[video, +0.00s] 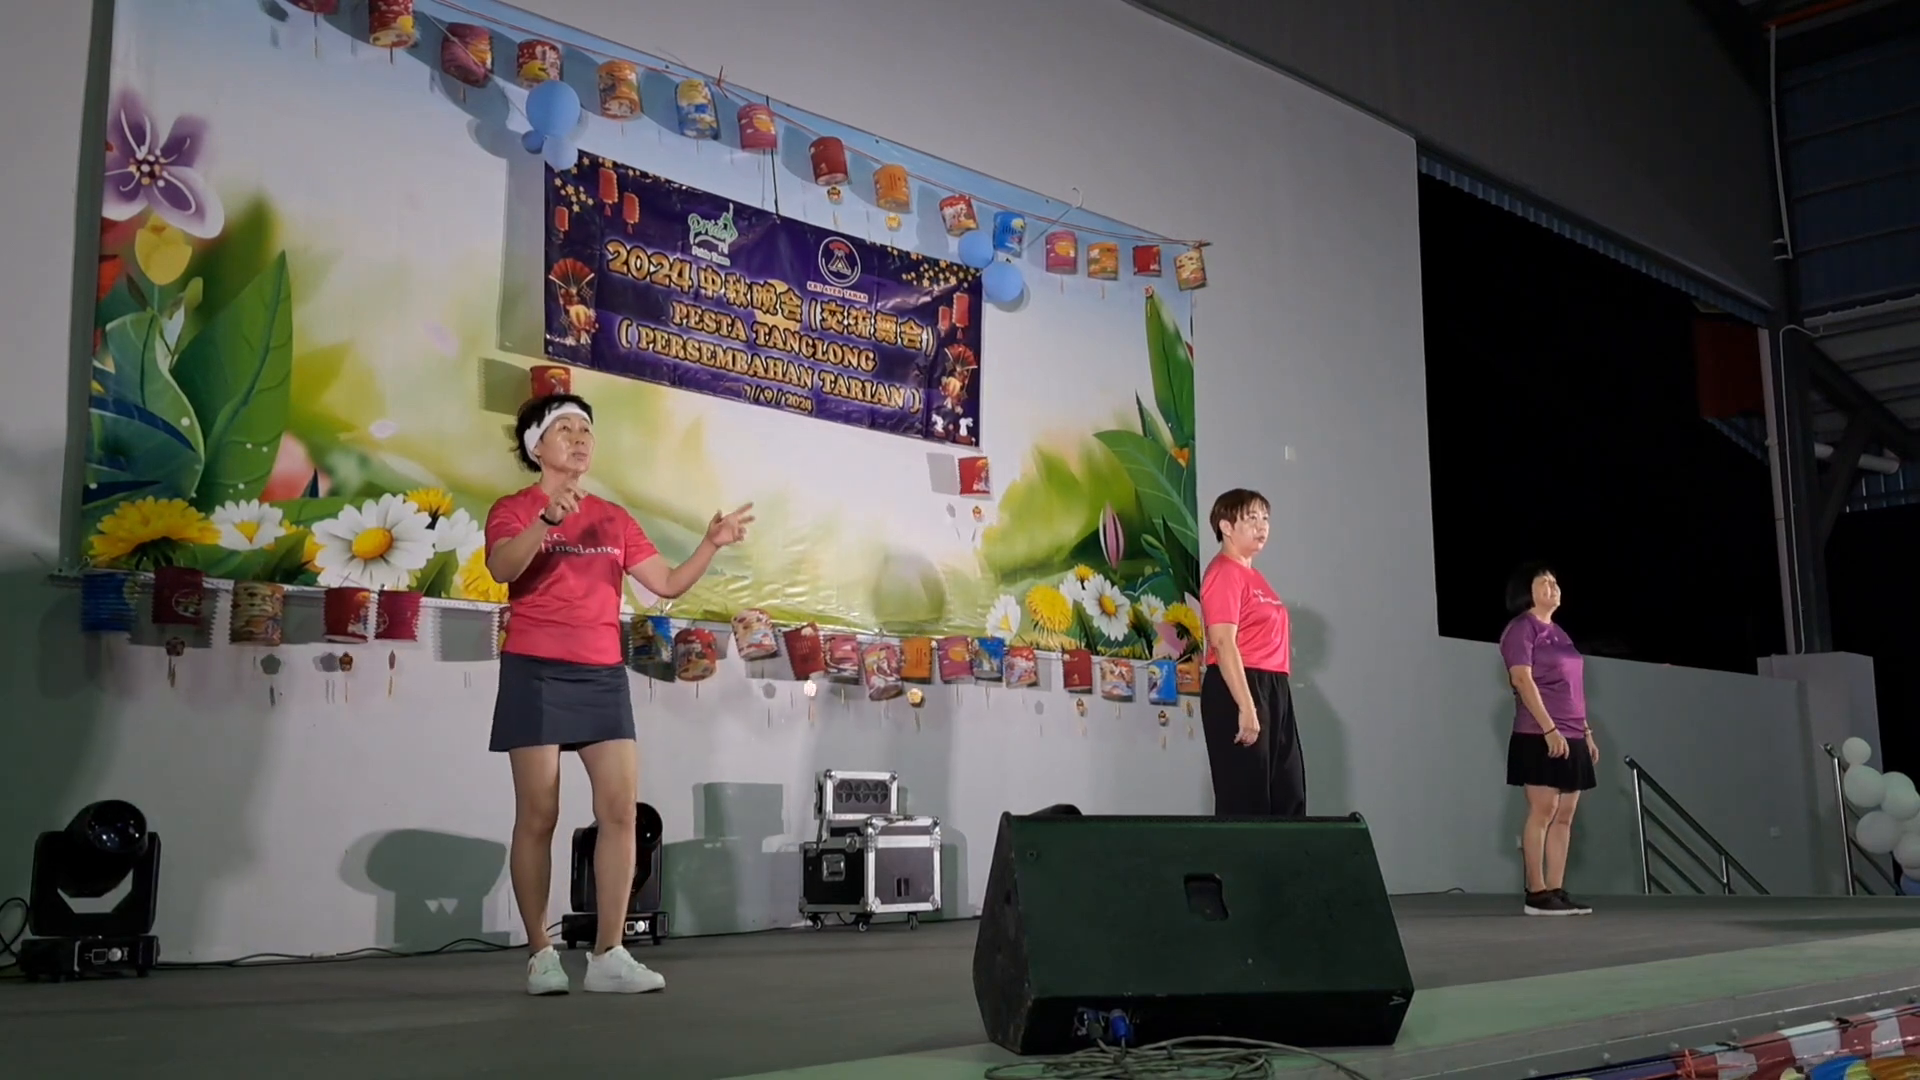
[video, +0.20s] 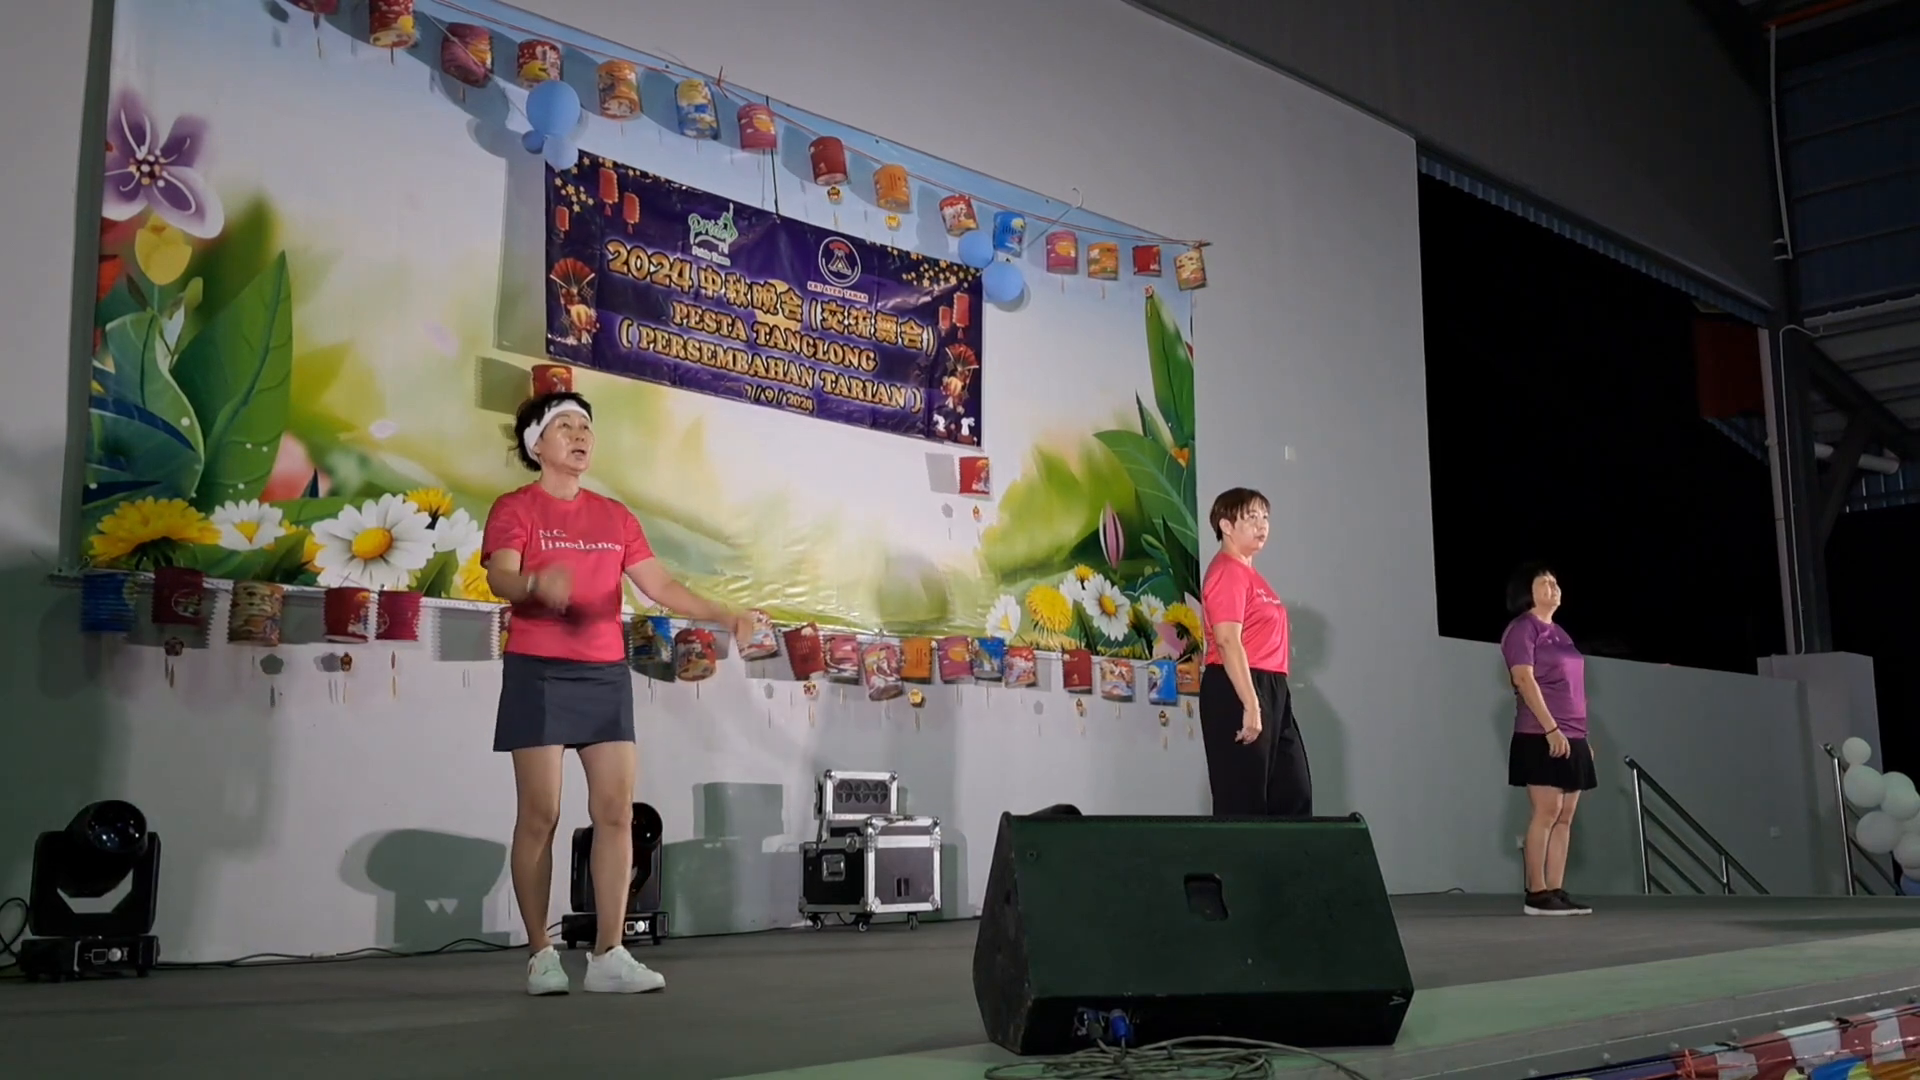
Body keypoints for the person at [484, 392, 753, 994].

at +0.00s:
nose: (579, 440)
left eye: (585, 432)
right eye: (565, 431)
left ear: (593, 448)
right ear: (535, 446)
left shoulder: (611, 518)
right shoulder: (515, 510)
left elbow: (666, 585)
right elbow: (501, 569)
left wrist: (710, 544)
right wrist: (545, 522)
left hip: (603, 675)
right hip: (534, 672)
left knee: (620, 808)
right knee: (539, 813)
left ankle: (609, 953)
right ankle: (541, 951)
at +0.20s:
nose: (580, 438)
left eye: (586, 430)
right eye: (566, 429)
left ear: (593, 445)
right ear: (535, 443)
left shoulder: (615, 517)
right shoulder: (515, 509)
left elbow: (663, 588)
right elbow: (500, 579)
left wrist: (728, 615)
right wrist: (535, 586)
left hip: (606, 674)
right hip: (539, 672)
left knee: (616, 811)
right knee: (541, 813)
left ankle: (609, 953)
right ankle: (542, 951)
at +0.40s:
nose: (584, 436)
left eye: (589, 429)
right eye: (570, 427)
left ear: (596, 444)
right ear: (539, 442)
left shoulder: (616, 518)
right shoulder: (516, 512)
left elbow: (633, 614)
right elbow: (496, 609)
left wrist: (635, 691)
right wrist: (472, 698)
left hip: (608, 679)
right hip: (534, 677)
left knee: (626, 809)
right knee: (538, 815)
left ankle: (610, 952)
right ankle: (541, 950)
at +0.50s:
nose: (585, 438)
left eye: (590, 430)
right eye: (570, 430)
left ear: (598, 446)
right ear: (541, 447)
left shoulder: (617, 520)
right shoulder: (514, 516)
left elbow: (617, 604)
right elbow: (485, 609)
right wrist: (451, 688)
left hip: (603, 679)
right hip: (532, 678)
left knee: (629, 806)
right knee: (536, 817)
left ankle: (610, 949)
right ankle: (541, 950)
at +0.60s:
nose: (586, 439)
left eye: (591, 431)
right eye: (571, 431)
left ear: (598, 446)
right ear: (541, 447)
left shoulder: (618, 520)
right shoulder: (514, 517)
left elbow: (612, 603)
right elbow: (482, 605)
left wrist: (613, 670)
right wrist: (444, 680)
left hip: (603, 679)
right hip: (531, 678)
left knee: (627, 807)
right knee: (535, 817)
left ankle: (610, 949)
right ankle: (541, 950)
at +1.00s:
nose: (581, 438)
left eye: (588, 429)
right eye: (567, 429)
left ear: (595, 442)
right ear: (536, 441)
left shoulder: (616, 515)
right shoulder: (510, 513)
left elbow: (640, 591)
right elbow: (471, 596)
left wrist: (687, 627)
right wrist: (489, 626)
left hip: (604, 677)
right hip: (531, 676)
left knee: (621, 808)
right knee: (531, 816)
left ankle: (604, 949)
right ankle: (541, 951)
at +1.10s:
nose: (583, 437)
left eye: (589, 428)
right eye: (568, 428)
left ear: (597, 441)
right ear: (539, 442)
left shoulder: (619, 514)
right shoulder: (512, 512)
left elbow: (643, 593)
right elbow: (471, 594)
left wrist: (680, 609)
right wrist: (488, 613)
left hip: (606, 677)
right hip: (533, 676)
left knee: (616, 812)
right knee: (532, 816)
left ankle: (597, 948)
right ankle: (541, 950)